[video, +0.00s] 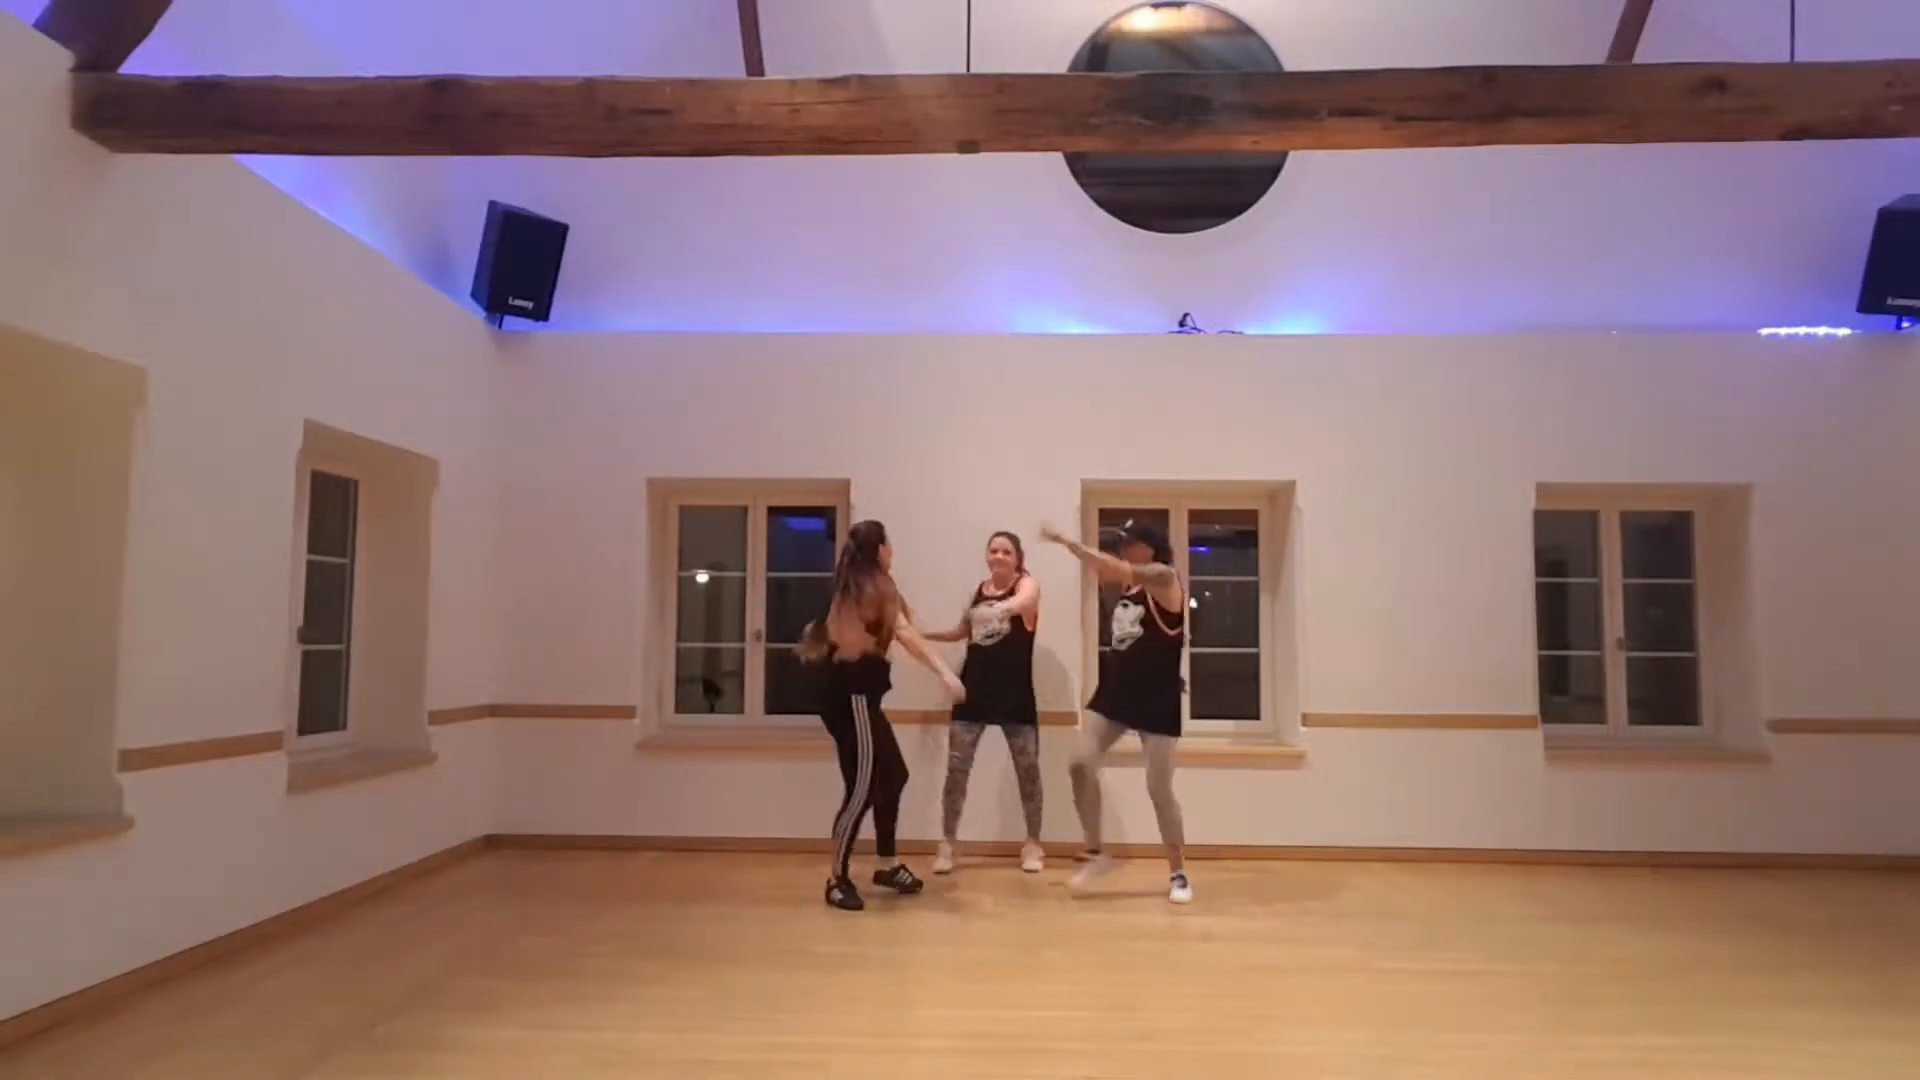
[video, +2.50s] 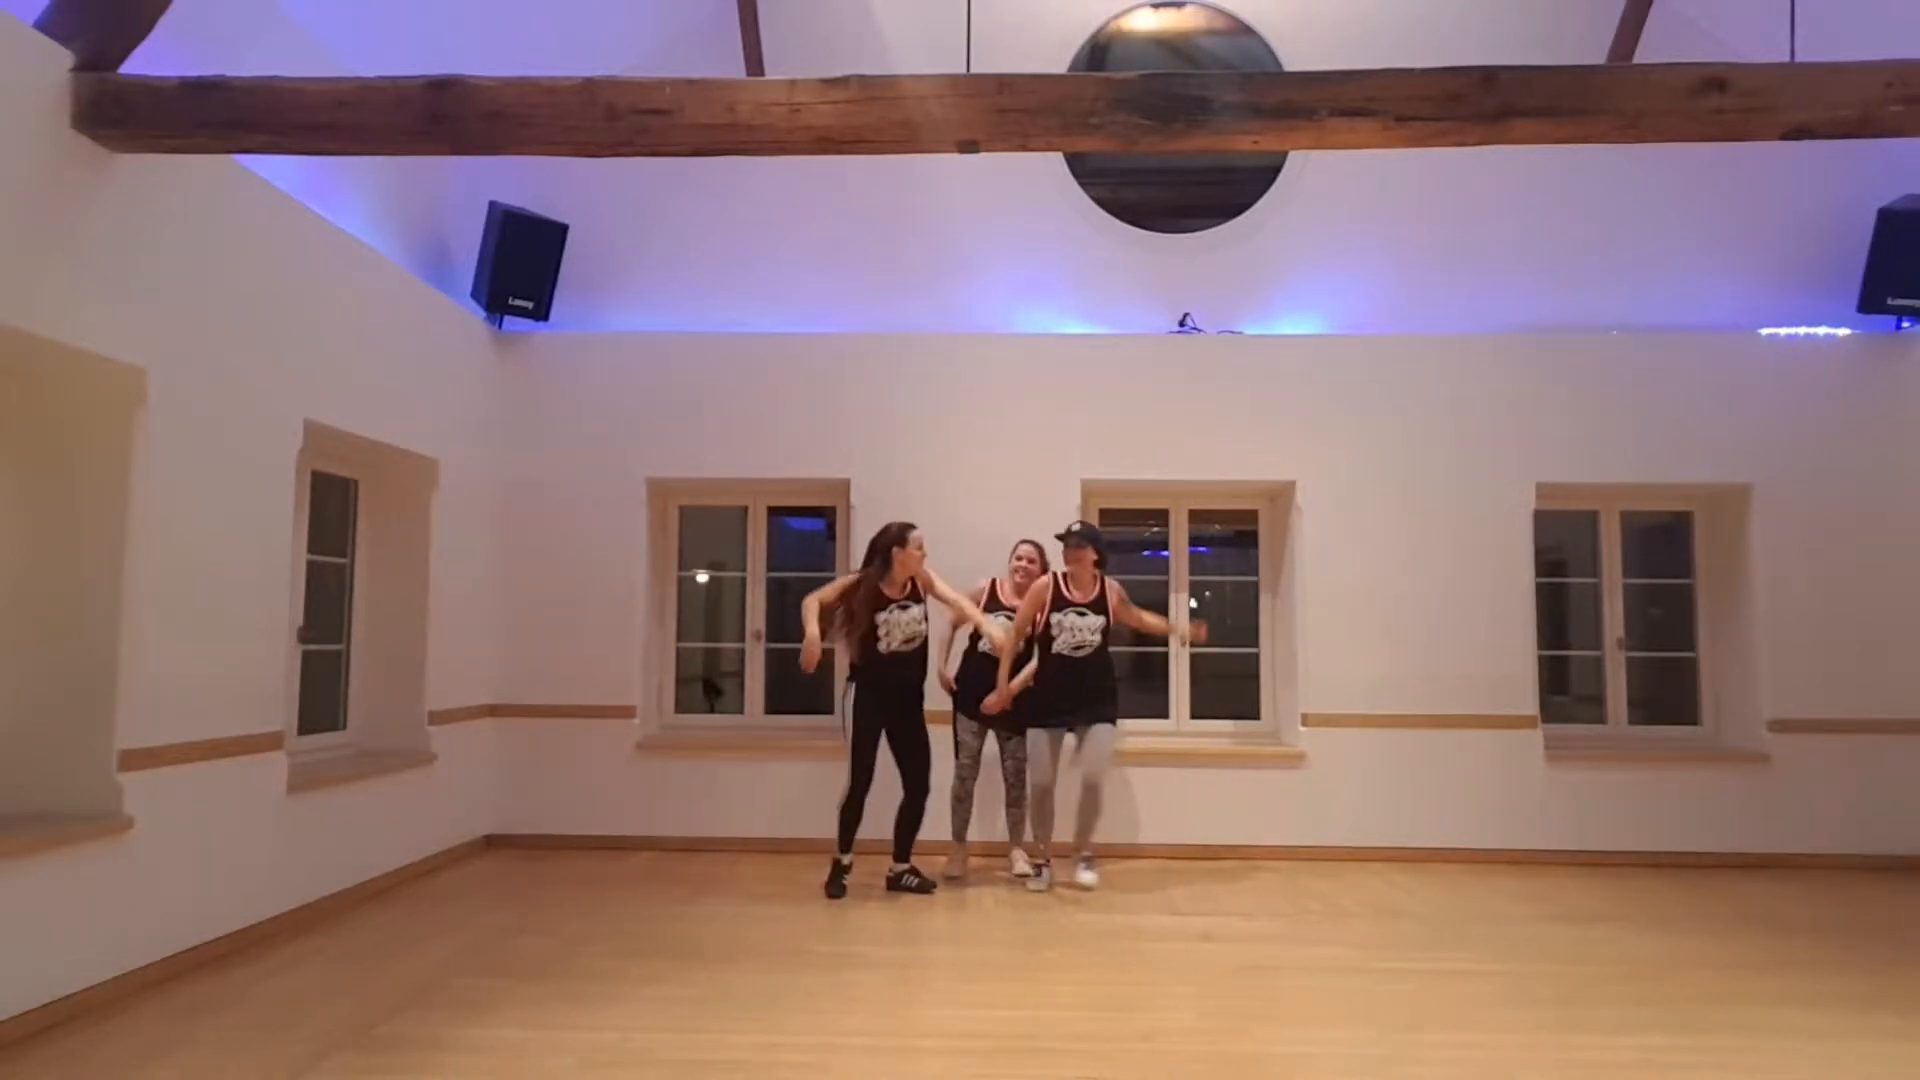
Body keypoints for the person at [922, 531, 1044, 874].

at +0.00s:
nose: (998, 557)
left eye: (1005, 552)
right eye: (994, 552)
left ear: (1018, 559)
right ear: (986, 558)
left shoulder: (1027, 585)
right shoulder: (981, 590)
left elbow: (1022, 601)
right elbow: (961, 632)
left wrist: (996, 609)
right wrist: (921, 634)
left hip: (1014, 692)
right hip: (974, 690)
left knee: (1027, 767)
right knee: (957, 767)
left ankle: (1033, 842)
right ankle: (947, 843)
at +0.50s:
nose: (969, 560)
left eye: (972, 554)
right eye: (961, 555)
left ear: (977, 560)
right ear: (944, 563)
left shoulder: (990, 597)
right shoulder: (931, 605)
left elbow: (1011, 644)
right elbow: (926, 658)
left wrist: (1030, 680)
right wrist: (941, 699)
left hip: (987, 694)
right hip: (947, 696)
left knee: (995, 769)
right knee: (948, 775)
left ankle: (1002, 844)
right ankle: (949, 845)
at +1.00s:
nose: (965, 562)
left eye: (968, 556)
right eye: (957, 558)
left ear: (975, 562)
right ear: (944, 568)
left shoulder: (976, 595)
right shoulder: (945, 606)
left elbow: (991, 631)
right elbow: (959, 662)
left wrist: (1001, 651)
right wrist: (984, 710)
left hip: (985, 689)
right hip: (955, 696)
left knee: (1015, 762)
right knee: (958, 772)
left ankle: (998, 840)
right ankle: (949, 844)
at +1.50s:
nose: (991, 567)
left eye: (999, 561)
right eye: (986, 562)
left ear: (1012, 569)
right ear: (980, 570)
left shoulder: (1028, 606)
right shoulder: (973, 613)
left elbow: (1045, 652)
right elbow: (968, 669)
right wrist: (986, 715)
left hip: (1029, 697)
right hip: (994, 702)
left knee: (1034, 778)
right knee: (1009, 777)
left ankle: (1017, 851)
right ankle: (968, 844)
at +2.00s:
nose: (1030, 566)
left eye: (1036, 562)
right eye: (1024, 560)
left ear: (1044, 570)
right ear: (1012, 567)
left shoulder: (1050, 606)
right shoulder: (990, 597)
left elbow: (1053, 660)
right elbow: (966, 637)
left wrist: (1036, 706)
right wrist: (962, 682)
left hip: (1031, 702)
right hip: (990, 699)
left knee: (1027, 777)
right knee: (989, 775)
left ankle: (1021, 850)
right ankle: (987, 845)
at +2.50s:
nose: (1023, 565)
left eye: (1031, 561)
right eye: (1018, 558)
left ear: (1040, 571)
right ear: (1008, 563)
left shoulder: (1042, 604)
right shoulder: (984, 592)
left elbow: (1042, 656)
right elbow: (951, 625)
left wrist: (1010, 690)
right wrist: (942, 668)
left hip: (1012, 696)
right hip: (971, 691)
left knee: (1015, 774)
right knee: (965, 773)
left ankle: (1017, 848)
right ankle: (958, 849)